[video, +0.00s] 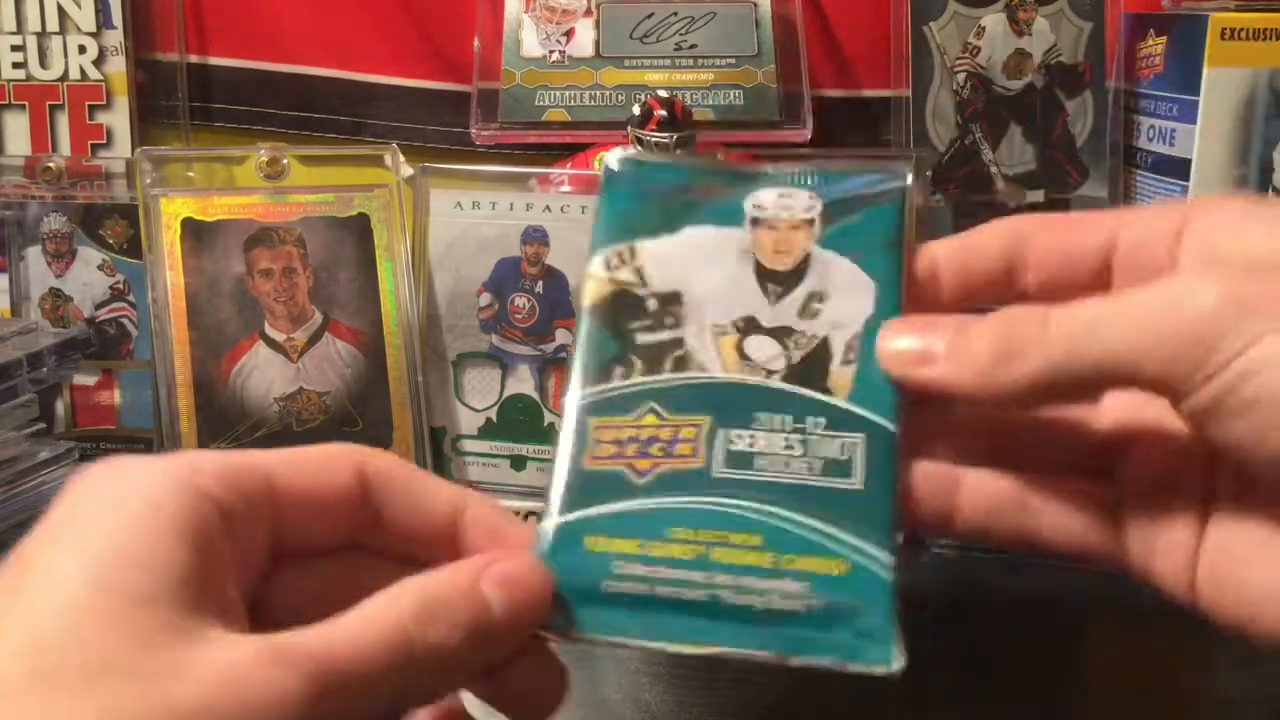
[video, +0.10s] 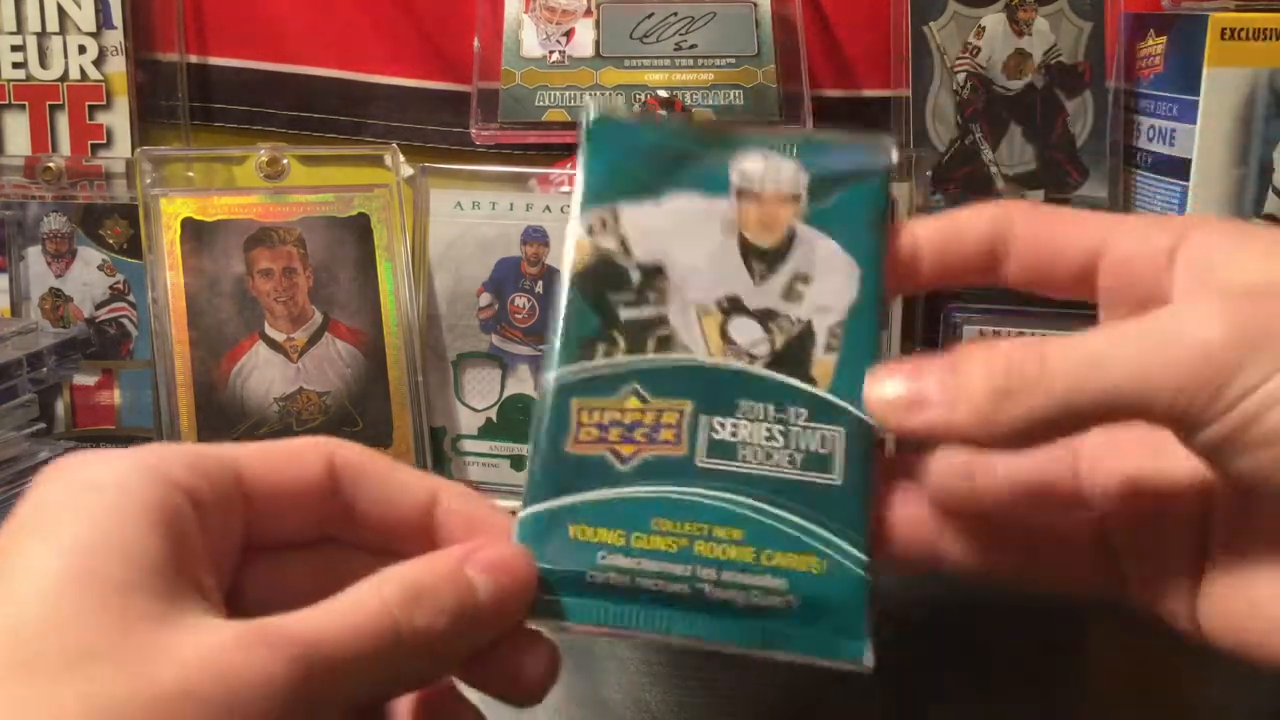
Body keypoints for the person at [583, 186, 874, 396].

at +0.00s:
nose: (782, 240)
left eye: (795, 228)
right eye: (770, 227)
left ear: (814, 233)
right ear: (751, 230)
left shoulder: (850, 286)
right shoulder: (704, 252)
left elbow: (845, 376)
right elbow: (607, 267)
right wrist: (637, 324)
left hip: (793, 422)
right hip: (699, 409)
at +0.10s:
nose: (766, 213)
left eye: (780, 202)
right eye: (754, 200)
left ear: (798, 207)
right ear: (736, 200)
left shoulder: (834, 269)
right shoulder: (688, 222)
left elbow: (824, 360)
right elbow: (588, 231)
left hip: (769, 405)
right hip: (677, 391)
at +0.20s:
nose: (748, 197)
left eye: (761, 185)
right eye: (735, 184)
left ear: (779, 188)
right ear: (715, 183)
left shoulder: (815, 251)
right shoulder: (668, 205)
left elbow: (807, 343)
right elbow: (561, 227)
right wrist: (609, 302)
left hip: (756, 402)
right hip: (664, 387)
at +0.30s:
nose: (732, 206)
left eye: (745, 192)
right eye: (719, 192)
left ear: (763, 194)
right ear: (699, 193)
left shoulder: (801, 252)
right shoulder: (652, 221)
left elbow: (800, 350)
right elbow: (551, 245)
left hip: (753, 400)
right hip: (660, 393)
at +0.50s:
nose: (727, 200)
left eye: (738, 187)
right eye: (714, 188)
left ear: (756, 188)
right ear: (693, 189)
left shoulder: (795, 244)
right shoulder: (646, 218)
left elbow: (796, 347)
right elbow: (546, 251)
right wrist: (592, 313)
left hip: (746, 396)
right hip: (652, 390)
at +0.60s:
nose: (720, 207)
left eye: (731, 192)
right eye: (707, 195)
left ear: (748, 193)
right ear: (686, 197)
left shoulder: (786, 243)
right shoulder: (642, 230)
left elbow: (791, 335)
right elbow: (560, 256)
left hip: (749, 389)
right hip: (662, 387)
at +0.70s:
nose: (720, 215)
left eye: (731, 200)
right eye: (706, 203)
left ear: (747, 200)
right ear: (686, 206)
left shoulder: (787, 248)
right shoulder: (644, 239)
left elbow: (791, 336)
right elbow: (554, 265)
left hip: (752, 389)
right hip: (668, 389)